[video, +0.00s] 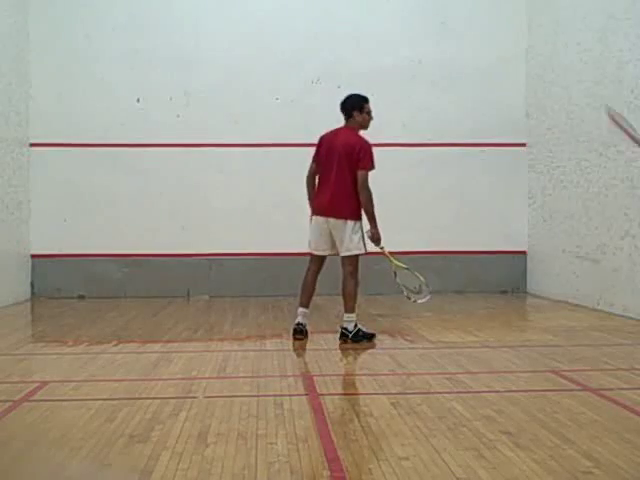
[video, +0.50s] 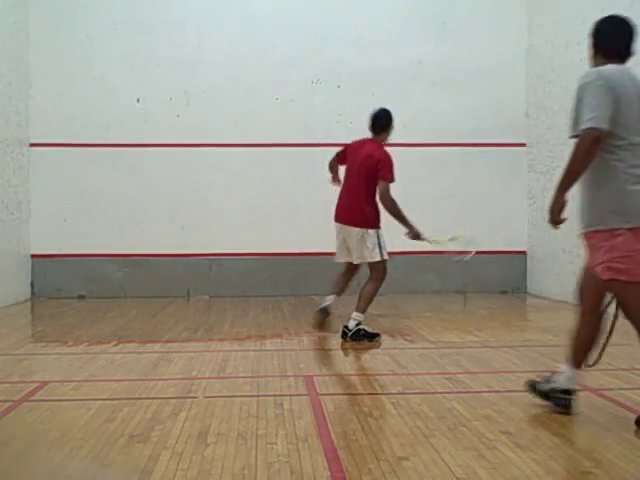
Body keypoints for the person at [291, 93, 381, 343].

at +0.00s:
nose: (371, 116)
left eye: (370, 112)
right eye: (367, 112)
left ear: (348, 114)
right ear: (355, 114)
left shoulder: (326, 139)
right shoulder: (361, 145)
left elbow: (311, 175)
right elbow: (362, 187)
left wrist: (313, 206)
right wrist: (373, 225)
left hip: (320, 210)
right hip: (346, 214)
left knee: (314, 265)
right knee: (350, 269)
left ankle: (300, 320)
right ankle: (349, 325)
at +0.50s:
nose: (391, 131)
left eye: (389, 127)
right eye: (391, 127)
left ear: (371, 126)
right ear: (389, 129)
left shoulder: (355, 146)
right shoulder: (382, 157)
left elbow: (334, 162)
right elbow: (385, 197)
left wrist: (335, 176)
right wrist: (409, 226)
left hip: (343, 218)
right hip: (364, 222)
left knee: (351, 265)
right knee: (378, 272)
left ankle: (328, 303)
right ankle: (354, 324)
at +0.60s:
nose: (406, 143)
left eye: (406, 139)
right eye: (406, 139)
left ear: (387, 136)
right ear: (403, 140)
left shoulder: (367, 150)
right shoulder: (392, 165)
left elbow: (338, 156)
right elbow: (395, 203)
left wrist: (326, 167)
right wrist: (425, 224)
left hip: (347, 218)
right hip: (366, 224)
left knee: (367, 268)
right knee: (381, 273)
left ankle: (360, 312)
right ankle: (355, 323)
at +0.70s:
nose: (420, 156)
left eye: (420, 152)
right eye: (420, 152)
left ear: (402, 147)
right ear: (416, 152)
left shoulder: (381, 158)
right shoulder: (402, 172)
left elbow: (350, 154)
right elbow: (405, 206)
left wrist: (325, 159)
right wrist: (440, 218)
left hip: (352, 221)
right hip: (367, 227)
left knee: (385, 267)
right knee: (382, 277)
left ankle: (394, 309)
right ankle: (354, 323)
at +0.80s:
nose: (429, 173)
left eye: (430, 169)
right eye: (430, 169)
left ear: (413, 162)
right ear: (426, 167)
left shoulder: (392, 169)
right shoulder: (411, 183)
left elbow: (361, 161)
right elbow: (417, 215)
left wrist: (332, 162)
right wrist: (455, 219)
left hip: (360, 228)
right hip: (373, 234)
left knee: (395, 268)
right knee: (388, 282)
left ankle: (408, 313)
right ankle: (357, 321)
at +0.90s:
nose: (438, 188)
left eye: (439, 184)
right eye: (438, 183)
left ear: (423, 177)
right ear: (434, 182)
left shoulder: (400, 183)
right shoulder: (419, 197)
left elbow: (368, 179)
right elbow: (432, 237)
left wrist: (335, 182)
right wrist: (467, 233)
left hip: (365, 234)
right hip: (379, 241)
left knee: (406, 261)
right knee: (398, 290)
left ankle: (410, 314)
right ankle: (361, 317)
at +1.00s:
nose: (442, 193)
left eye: (443, 189)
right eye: (443, 189)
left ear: (426, 183)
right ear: (440, 189)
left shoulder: (403, 189)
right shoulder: (429, 214)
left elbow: (367, 196)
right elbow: (437, 253)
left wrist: (344, 214)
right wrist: (454, 256)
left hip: (366, 237)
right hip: (383, 248)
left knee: (408, 259)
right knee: (398, 296)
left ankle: (410, 312)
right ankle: (361, 319)